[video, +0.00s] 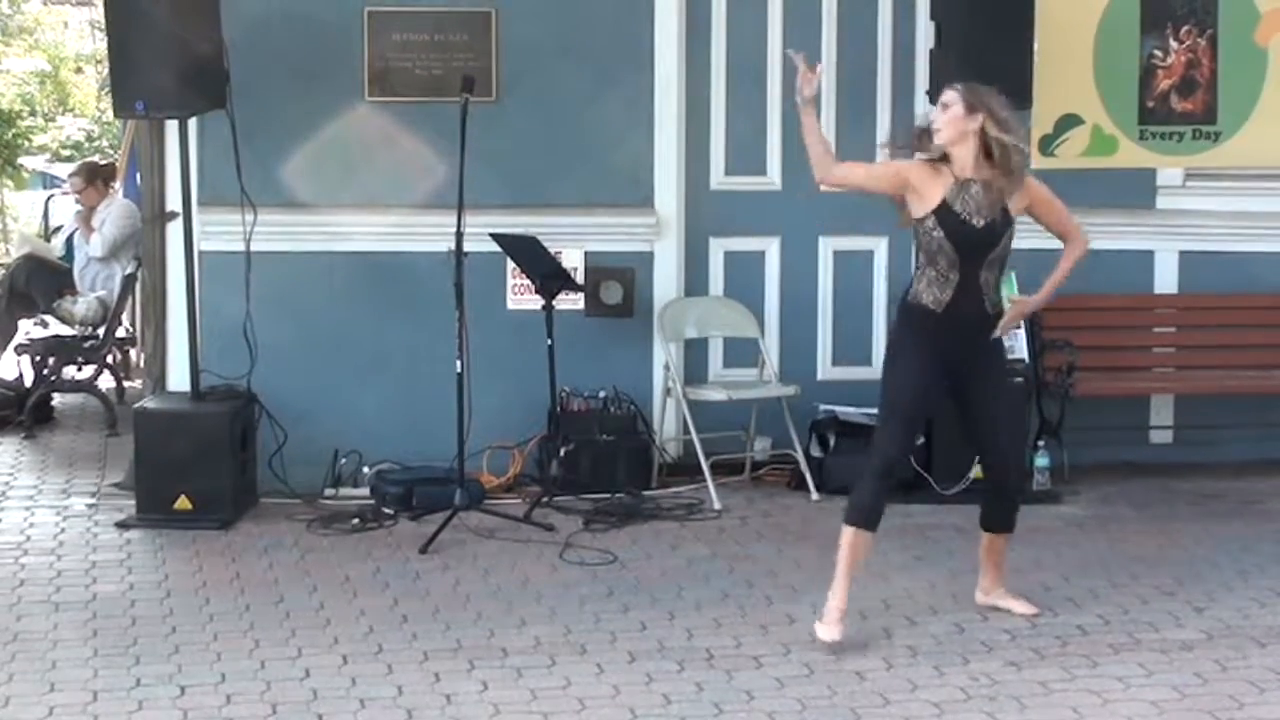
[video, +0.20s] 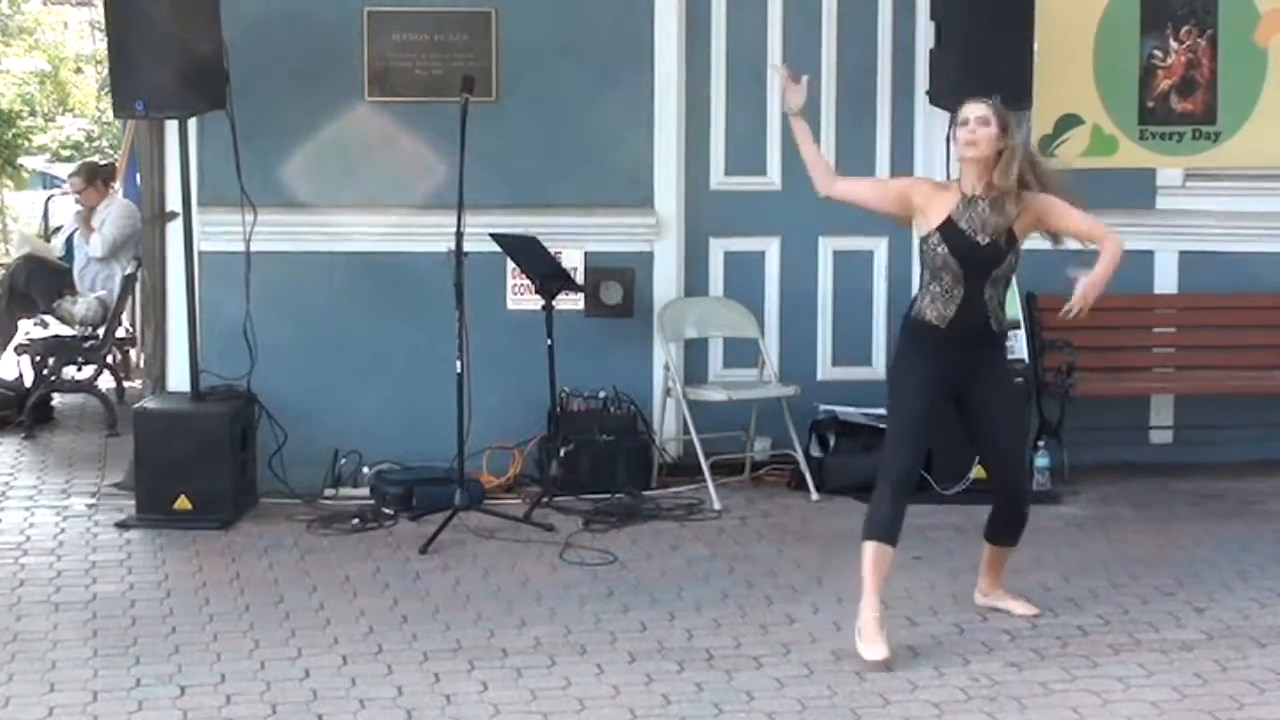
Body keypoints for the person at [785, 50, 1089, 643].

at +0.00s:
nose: (934, 115)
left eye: (947, 107)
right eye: (935, 108)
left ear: (978, 121)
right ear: (942, 124)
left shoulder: (1012, 184)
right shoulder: (915, 175)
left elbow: (1076, 240)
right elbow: (828, 173)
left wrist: (1036, 301)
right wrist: (806, 104)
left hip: (982, 340)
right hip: (919, 337)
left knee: (1008, 463)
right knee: (889, 456)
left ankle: (991, 586)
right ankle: (838, 596)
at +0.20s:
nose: (967, 128)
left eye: (980, 121)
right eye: (962, 121)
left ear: (1003, 139)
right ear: (953, 137)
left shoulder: (1027, 204)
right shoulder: (923, 195)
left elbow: (1112, 242)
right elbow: (829, 185)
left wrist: (1095, 281)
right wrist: (796, 115)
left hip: (988, 356)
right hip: (924, 351)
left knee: (1015, 483)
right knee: (900, 468)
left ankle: (989, 588)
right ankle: (869, 615)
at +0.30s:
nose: (988, 120)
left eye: (990, 113)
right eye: (974, 113)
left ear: (997, 127)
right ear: (944, 131)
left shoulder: (1015, 192)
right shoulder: (912, 188)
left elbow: (1110, 197)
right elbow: (815, 181)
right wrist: (775, 117)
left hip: (985, 353)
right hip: (921, 350)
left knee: (1005, 474)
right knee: (899, 472)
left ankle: (989, 589)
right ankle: (860, 617)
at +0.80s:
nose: (912, 109)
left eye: (917, 101)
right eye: (898, 103)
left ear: (927, 117)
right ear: (871, 123)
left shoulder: (952, 183)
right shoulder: (846, 188)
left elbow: (1027, 239)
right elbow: (778, 255)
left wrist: (1080, 177)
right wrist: (724, 196)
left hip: (929, 350)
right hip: (865, 352)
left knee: (933, 487)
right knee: (869, 489)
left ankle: (929, 628)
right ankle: (857, 635)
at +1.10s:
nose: (914, 154)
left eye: (922, 144)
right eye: (902, 145)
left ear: (933, 153)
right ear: (879, 154)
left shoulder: (953, 210)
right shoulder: (850, 217)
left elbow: (1005, 283)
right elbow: (796, 301)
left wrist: (1069, 263)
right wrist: (753, 265)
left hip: (918, 362)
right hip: (854, 364)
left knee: (925, 497)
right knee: (869, 495)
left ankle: (918, 634)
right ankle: (860, 638)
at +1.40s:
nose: (913, 215)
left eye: (923, 204)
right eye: (902, 204)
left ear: (936, 203)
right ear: (882, 202)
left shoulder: (955, 247)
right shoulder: (850, 251)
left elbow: (983, 314)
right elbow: (807, 321)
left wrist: (1024, 339)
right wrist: (793, 334)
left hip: (913, 374)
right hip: (848, 375)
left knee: (926, 506)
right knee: (869, 503)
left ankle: (916, 636)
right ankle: (860, 640)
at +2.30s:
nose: (846, 177)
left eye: (853, 168)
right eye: (846, 167)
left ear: (885, 174)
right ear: (881, 174)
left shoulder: (951, 218)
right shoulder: (867, 216)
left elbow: (992, 257)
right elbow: (872, 272)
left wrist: (979, 332)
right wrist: (837, 311)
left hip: (930, 373)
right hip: (867, 366)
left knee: (919, 512)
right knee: (828, 497)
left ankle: (912, 638)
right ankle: (820, 585)